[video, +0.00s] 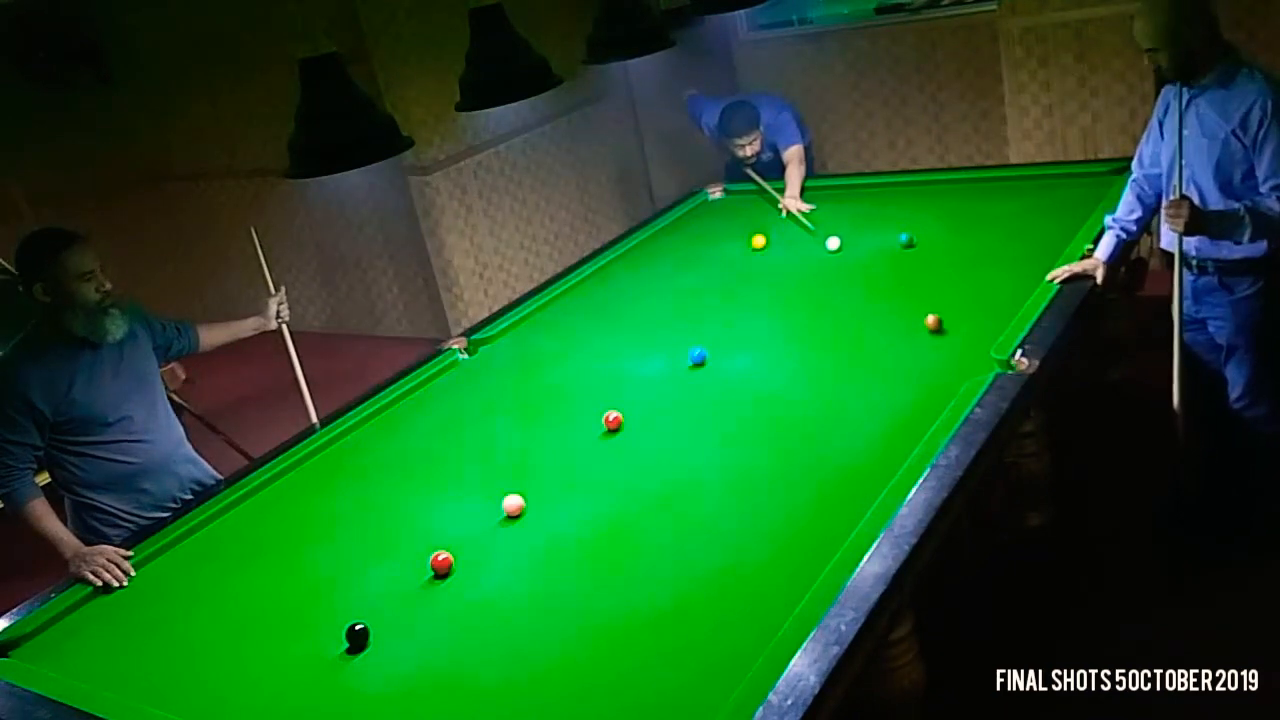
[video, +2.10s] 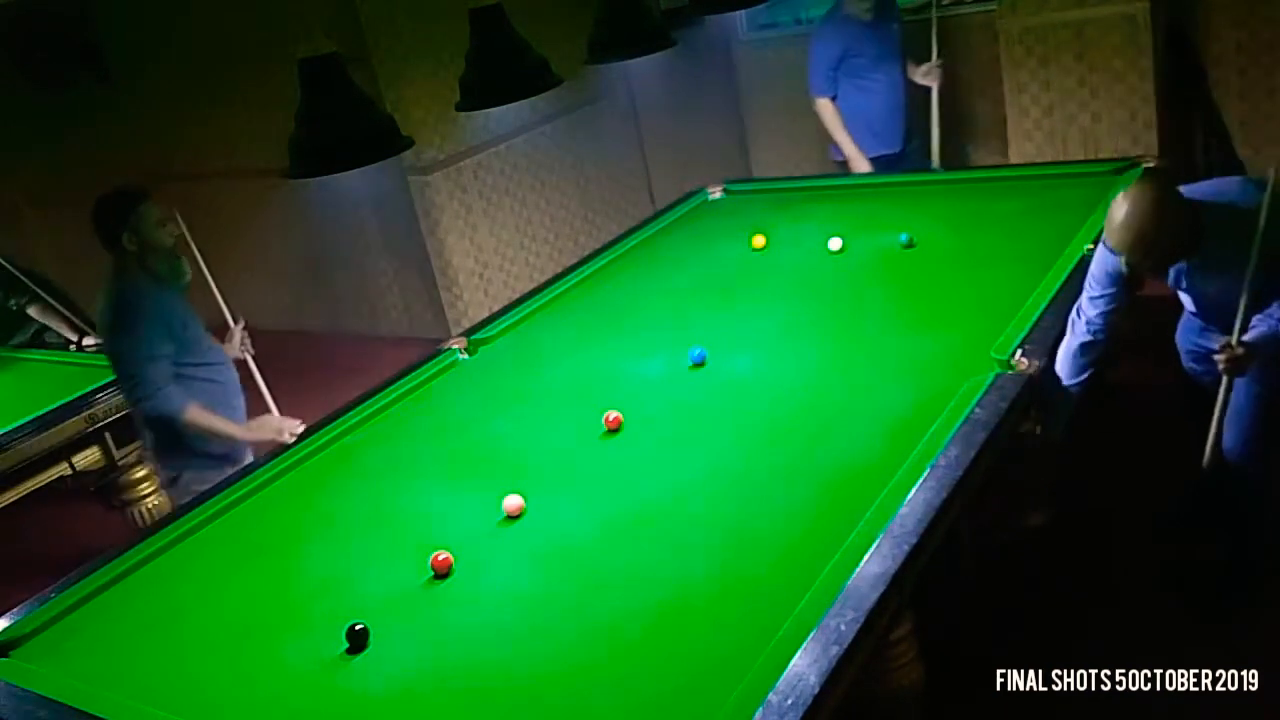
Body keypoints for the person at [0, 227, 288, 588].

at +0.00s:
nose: (104, 285)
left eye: (100, 272)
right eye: (86, 278)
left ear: (104, 269)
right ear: (44, 293)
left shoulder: (132, 325)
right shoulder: (24, 372)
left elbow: (189, 337)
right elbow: (14, 477)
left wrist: (262, 321)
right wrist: (75, 552)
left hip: (205, 504)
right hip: (128, 544)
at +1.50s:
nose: (116, 270)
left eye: (110, 260)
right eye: (99, 264)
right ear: (62, 282)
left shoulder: (127, 319)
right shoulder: (32, 363)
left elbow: (163, 359)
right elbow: (23, 470)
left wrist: (245, 354)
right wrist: (75, 550)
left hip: (203, 491)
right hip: (135, 530)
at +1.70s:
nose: (129, 259)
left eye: (122, 249)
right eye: (113, 253)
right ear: (78, 270)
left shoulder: (124, 312)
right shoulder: (56, 349)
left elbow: (158, 376)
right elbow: (41, 457)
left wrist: (228, 388)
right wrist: (102, 531)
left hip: (205, 486)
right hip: (152, 521)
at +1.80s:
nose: (140, 252)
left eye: (133, 242)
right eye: (124, 245)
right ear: (89, 264)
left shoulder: (128, 308)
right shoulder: (76, 336)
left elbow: (158, 378)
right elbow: (62, 442)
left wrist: (222, 385)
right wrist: (137, 506)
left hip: (208, 479)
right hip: (172, 502)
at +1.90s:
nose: (150, 246)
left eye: (142, 236)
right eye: (134, 239)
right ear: (101, 257)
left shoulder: (134, 304)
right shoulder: (94, 327)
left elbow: (164, 371)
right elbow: (96, 429)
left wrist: (222, 377)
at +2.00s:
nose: (163, 239)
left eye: (156, 228)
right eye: (148, 232)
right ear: (117, 249)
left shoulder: (145, 298)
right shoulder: (114, 315)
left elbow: (168, 364)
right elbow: (127, 414)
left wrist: (222, 364)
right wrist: (222, 450)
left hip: (214, 474)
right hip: (185, 488)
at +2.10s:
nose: (175, 231)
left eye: (169, 221)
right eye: (161, 225)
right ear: (131, 241)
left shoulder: (154, 290)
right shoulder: (136, 301)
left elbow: (174, 363)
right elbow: (156, 398)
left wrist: (223, 352)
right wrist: (244, 431)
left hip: (227, 464)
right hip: (202, 480)